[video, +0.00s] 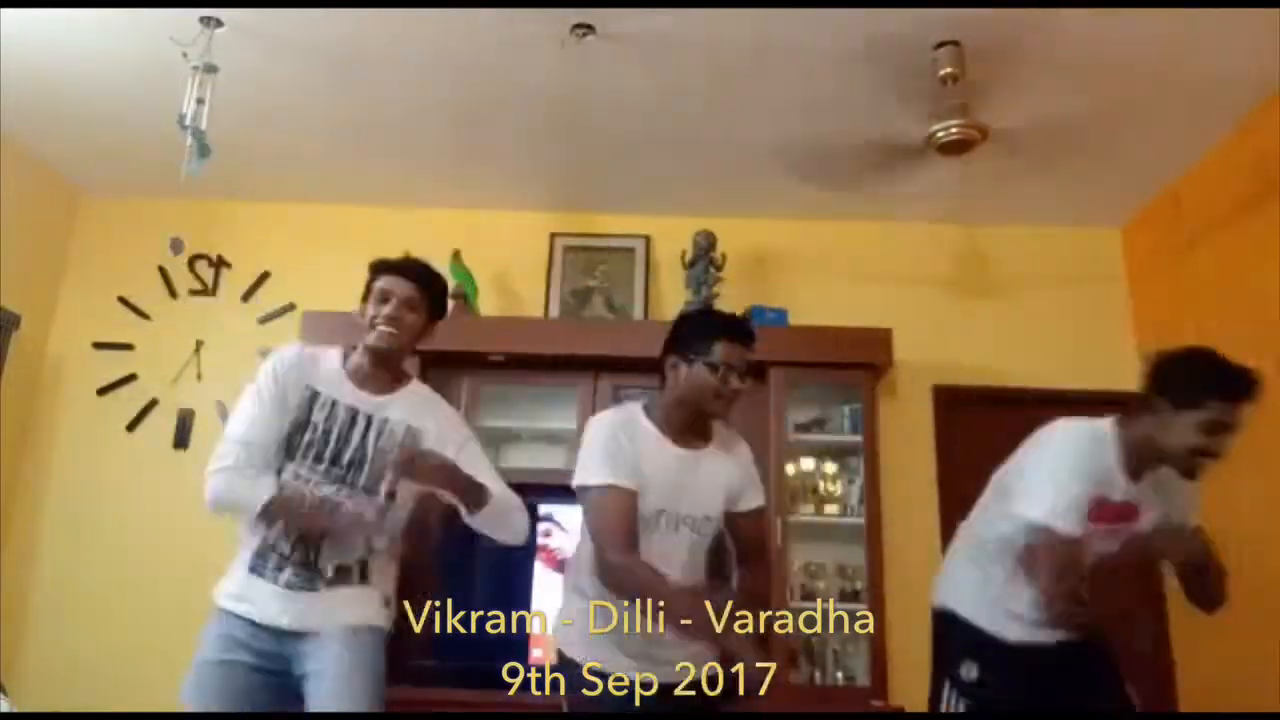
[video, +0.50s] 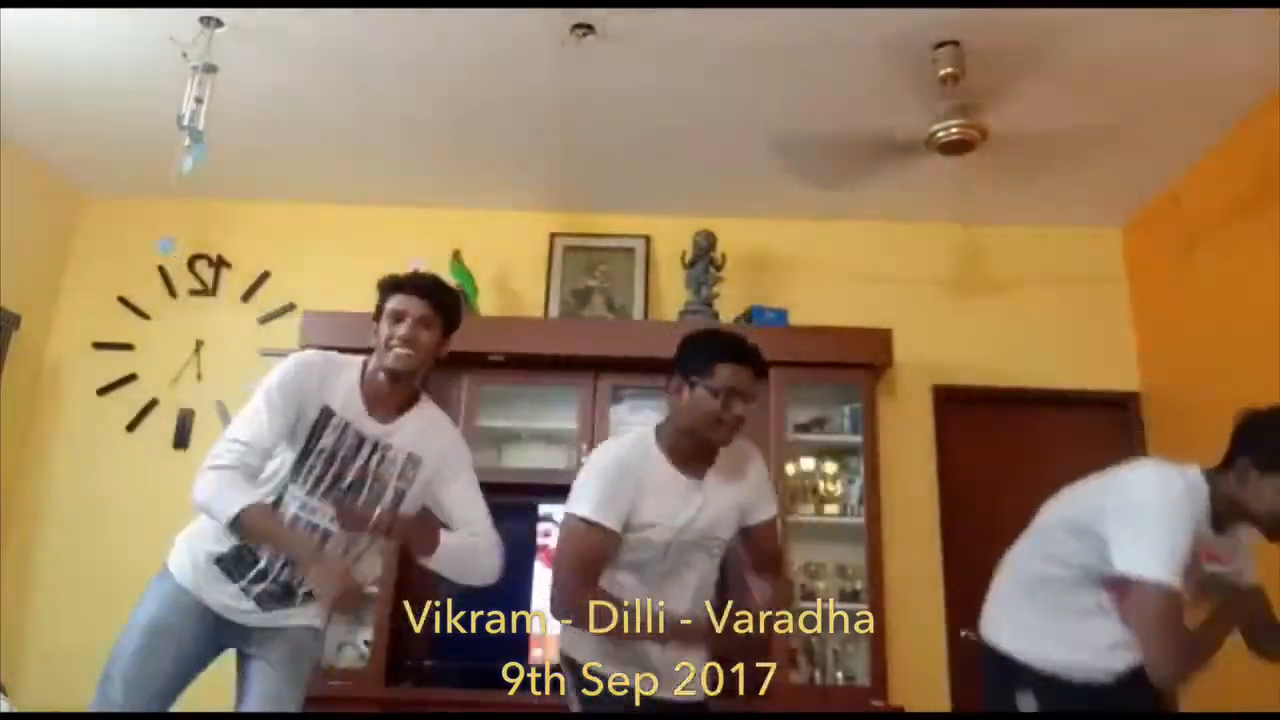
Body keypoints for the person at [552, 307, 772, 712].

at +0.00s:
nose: (735, 385)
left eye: (742, 374)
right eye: (722, 370)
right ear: (675, 368)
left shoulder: (733, 453)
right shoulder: (612, 432)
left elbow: (754, 559)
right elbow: (616, 566)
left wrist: (752, 641)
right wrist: (722, 634)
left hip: (690, 672)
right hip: (604, 668)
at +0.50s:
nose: (738, 412)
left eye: (746, 401)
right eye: (724, 396)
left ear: (753, 403)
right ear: (679, 390)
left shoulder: (744, 466)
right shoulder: (616, 464)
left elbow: (772, 572)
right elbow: (569, 600)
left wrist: (774, 635)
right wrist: (688, 629)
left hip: (689, 677)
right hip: (605, 675)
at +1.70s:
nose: (680, 438)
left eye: (695, 423)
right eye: (677, 425)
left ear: (745, 429)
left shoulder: (810, 496)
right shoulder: (694, 498)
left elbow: (849, 648)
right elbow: (674, 620)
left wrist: (741, 697)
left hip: (829, 701)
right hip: (743, 695)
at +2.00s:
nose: (737, 385)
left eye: (752, 373)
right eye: (726, 372)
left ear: (777, 388)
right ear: (710, 385)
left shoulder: (821, 470)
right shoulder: (675, 471)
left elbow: (872, 594)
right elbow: (637, 586)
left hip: (795, 694)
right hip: (691, 693)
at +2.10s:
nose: (757, 348)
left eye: (767, 338)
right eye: (742, 338)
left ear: (780, 355)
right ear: (712, 358)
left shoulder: (812, 441)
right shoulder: (672, 434)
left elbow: (882, 548)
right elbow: (639, 550)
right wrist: (741, 531)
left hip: (788, 678)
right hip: (683, 677)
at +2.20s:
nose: (765, 317)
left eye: (772, 309)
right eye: (747, 306)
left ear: (779, 328)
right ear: (706, 322)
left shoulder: (793, 406)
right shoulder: (666, 386)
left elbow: (878, 479)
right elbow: (677, 459)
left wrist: (871, 376)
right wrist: (762, 413)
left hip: (776, 644)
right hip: (676, 642)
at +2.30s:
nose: (739, 323)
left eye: (746, 314)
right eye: (725, 309)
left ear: (755, 321)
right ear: (684, 326)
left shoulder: (763, 401)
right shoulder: (644, 379)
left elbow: (864, 443)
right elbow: (742, 354)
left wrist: (860, 397)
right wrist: (804, 287)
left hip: (757, 620)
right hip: (670, 616)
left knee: (762, 706)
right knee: (676, 705)